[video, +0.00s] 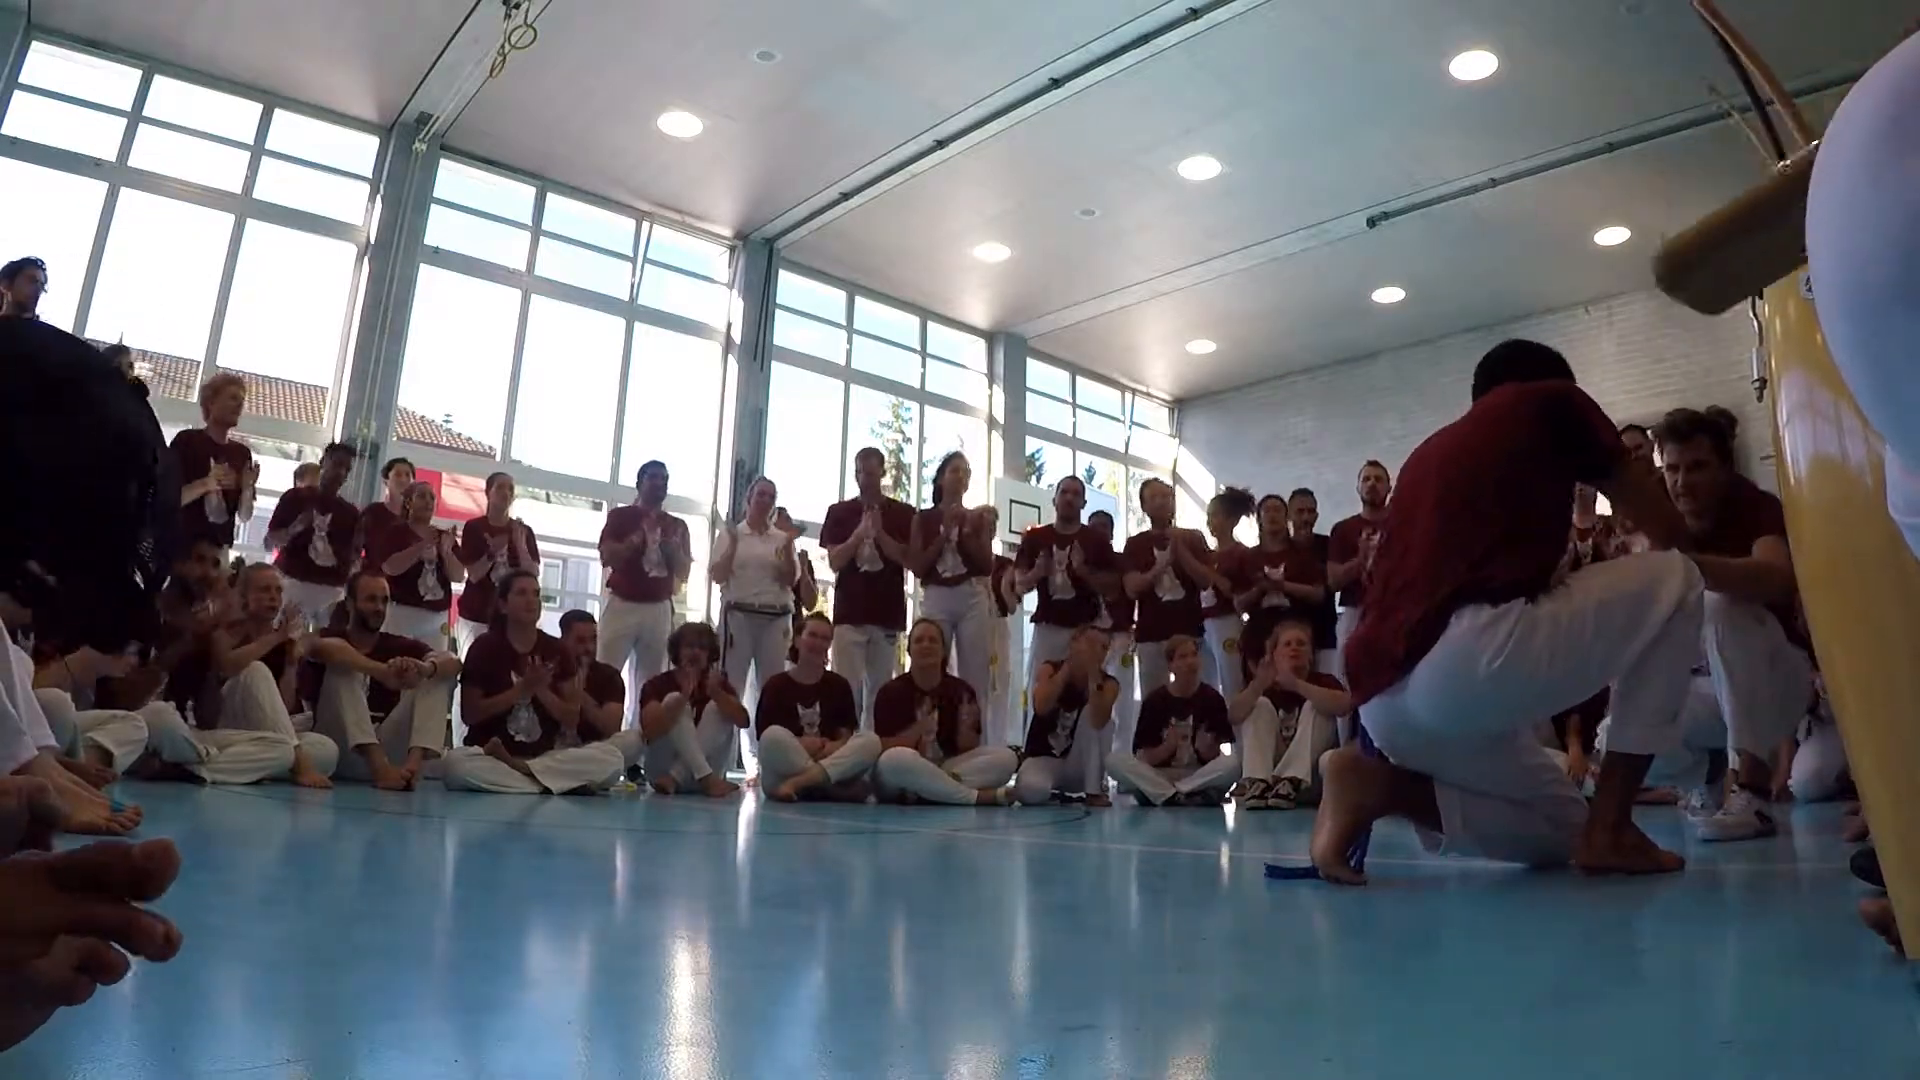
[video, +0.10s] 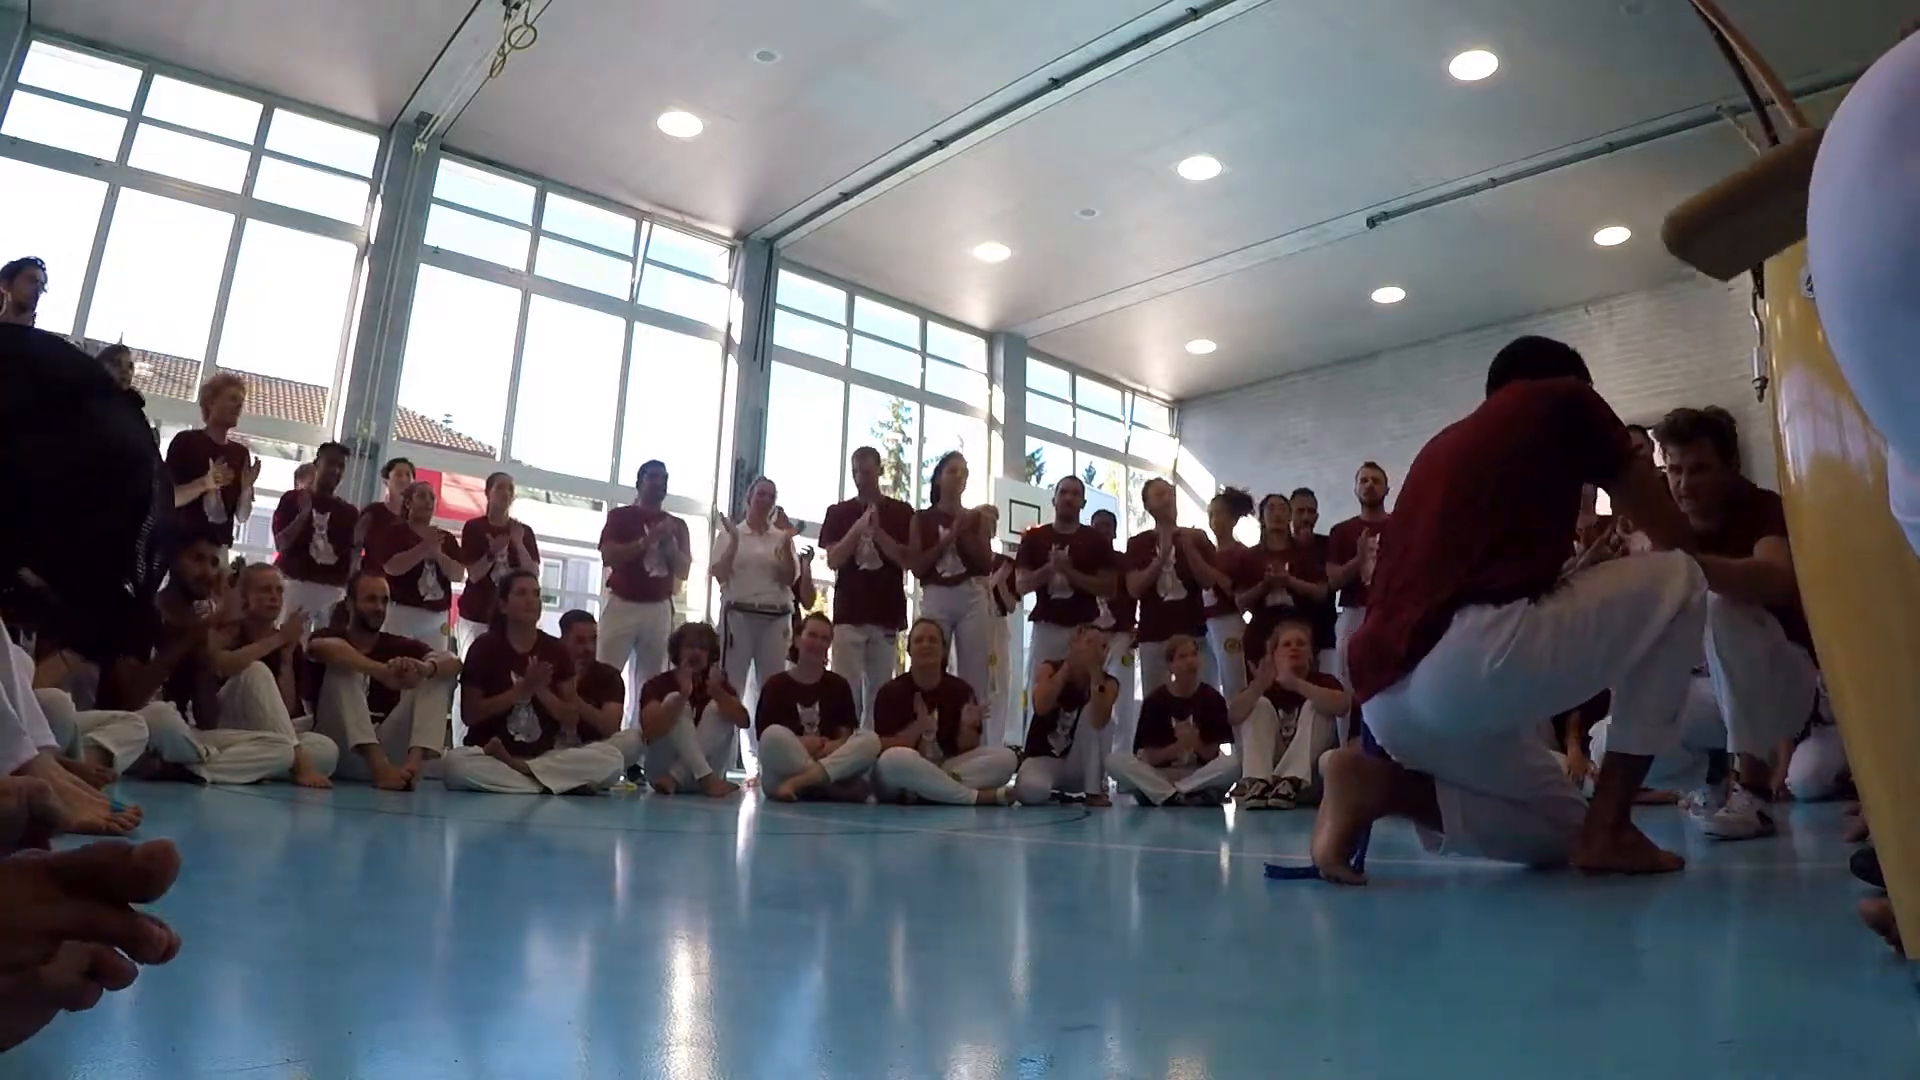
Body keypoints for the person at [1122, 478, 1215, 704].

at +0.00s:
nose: (1165, 501)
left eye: (1168, 496)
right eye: (1156, 497)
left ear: (1174, 501)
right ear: (1144, 507)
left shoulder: (1193, 538)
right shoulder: (1136, 543)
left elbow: (1206, 581)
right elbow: (1132, 588)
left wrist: (1181, 551)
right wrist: (1160, 566)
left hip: (1190, 632)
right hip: (1151, 635)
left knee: (1193, 703)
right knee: (1154, 706)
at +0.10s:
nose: (1168, 498)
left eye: (1170, 493)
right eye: (1159, 495)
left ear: (1176, 498)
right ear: (1147, 506)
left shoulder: (1196, 537)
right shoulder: (1138, 543)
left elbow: (1209, 581)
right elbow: (1134, 589)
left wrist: (1188, 548)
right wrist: (1160, 559)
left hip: (1193, 631)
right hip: (1153, 633)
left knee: (1202, 702)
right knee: (1156, 706)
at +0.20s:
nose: (1172, 497)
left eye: (1174, 492)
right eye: (1163, 493)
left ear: (1180, 498)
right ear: (1150, 505)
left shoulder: (1198, 536)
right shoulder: (1140, 542)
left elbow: (1210, 579)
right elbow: (1138, 588)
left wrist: (1194, 548)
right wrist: (1159, 553)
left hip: (1194, 630)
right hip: (1155, 633)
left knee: (1202, 702)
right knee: (1157, 706)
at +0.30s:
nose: (1175, 496)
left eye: (1177, 492)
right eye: (1167, 492)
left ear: (1182, 497)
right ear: (1153, 504)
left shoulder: (1202, 537)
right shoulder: (1142, 541)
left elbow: (1211, 579)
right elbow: (1139, 587)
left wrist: (1186, 546)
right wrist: (1166, 560)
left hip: (1196, 630)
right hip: (1156, 633)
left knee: (1202, 702)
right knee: (1157, 705)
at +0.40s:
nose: (1177, 496)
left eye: (1180, 492)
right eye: (1169, 492)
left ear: (1184, 498)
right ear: (1155, 503)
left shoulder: (1203, 537)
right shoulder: (1143, 541)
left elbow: (1211, 579)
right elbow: (1140, 587)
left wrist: (1187, 548)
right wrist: (1168, 557)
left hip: (1196, 630)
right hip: (1157, 633)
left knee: (1201, 703)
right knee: (1157, 706)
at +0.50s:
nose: (1176, 496)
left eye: (1178, 492)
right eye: (1168, 492)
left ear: (1184, 498)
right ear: (1155, 503)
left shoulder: (1204, 537)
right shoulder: (1144, 540)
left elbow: (1211, 580)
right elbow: (1138, 587)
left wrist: (1185, 545)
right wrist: (1166, 564)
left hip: (1197, 633)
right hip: (1155, 635)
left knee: (1202, 704)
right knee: (1157, 707)